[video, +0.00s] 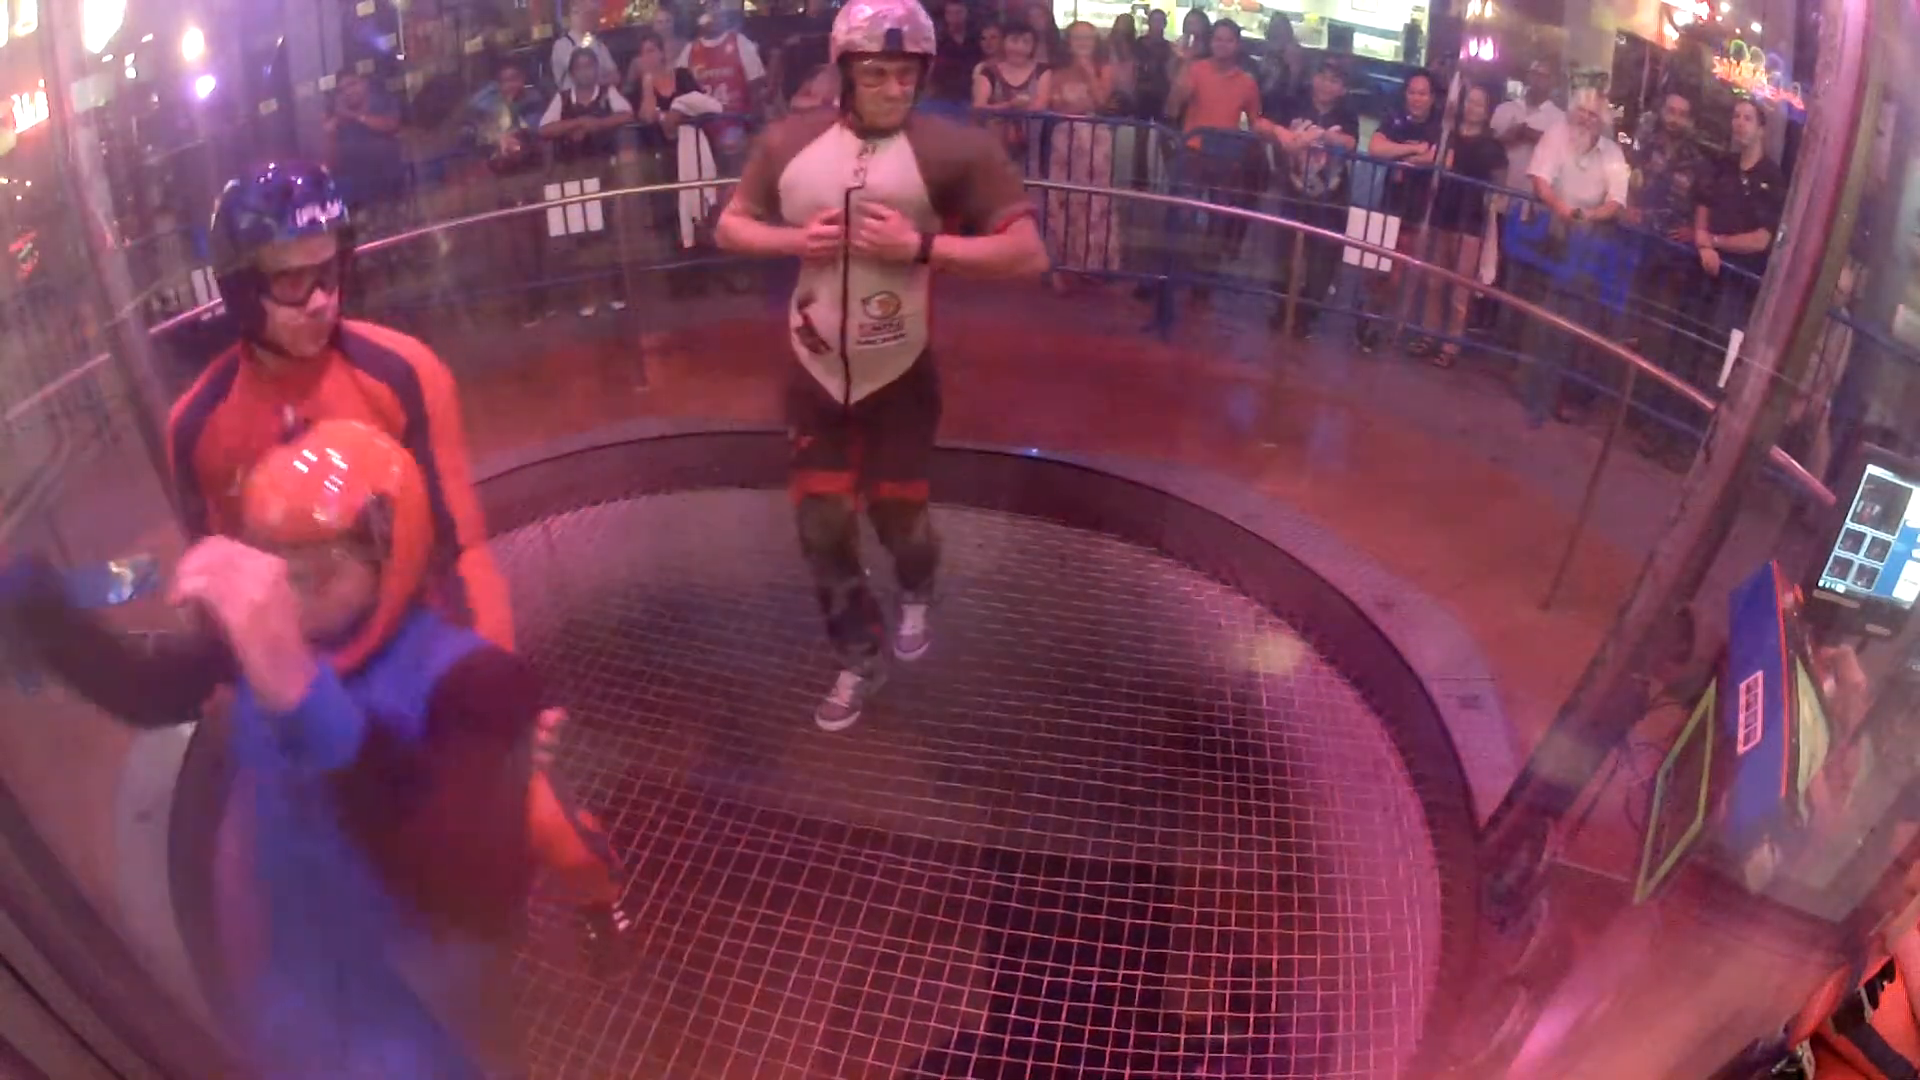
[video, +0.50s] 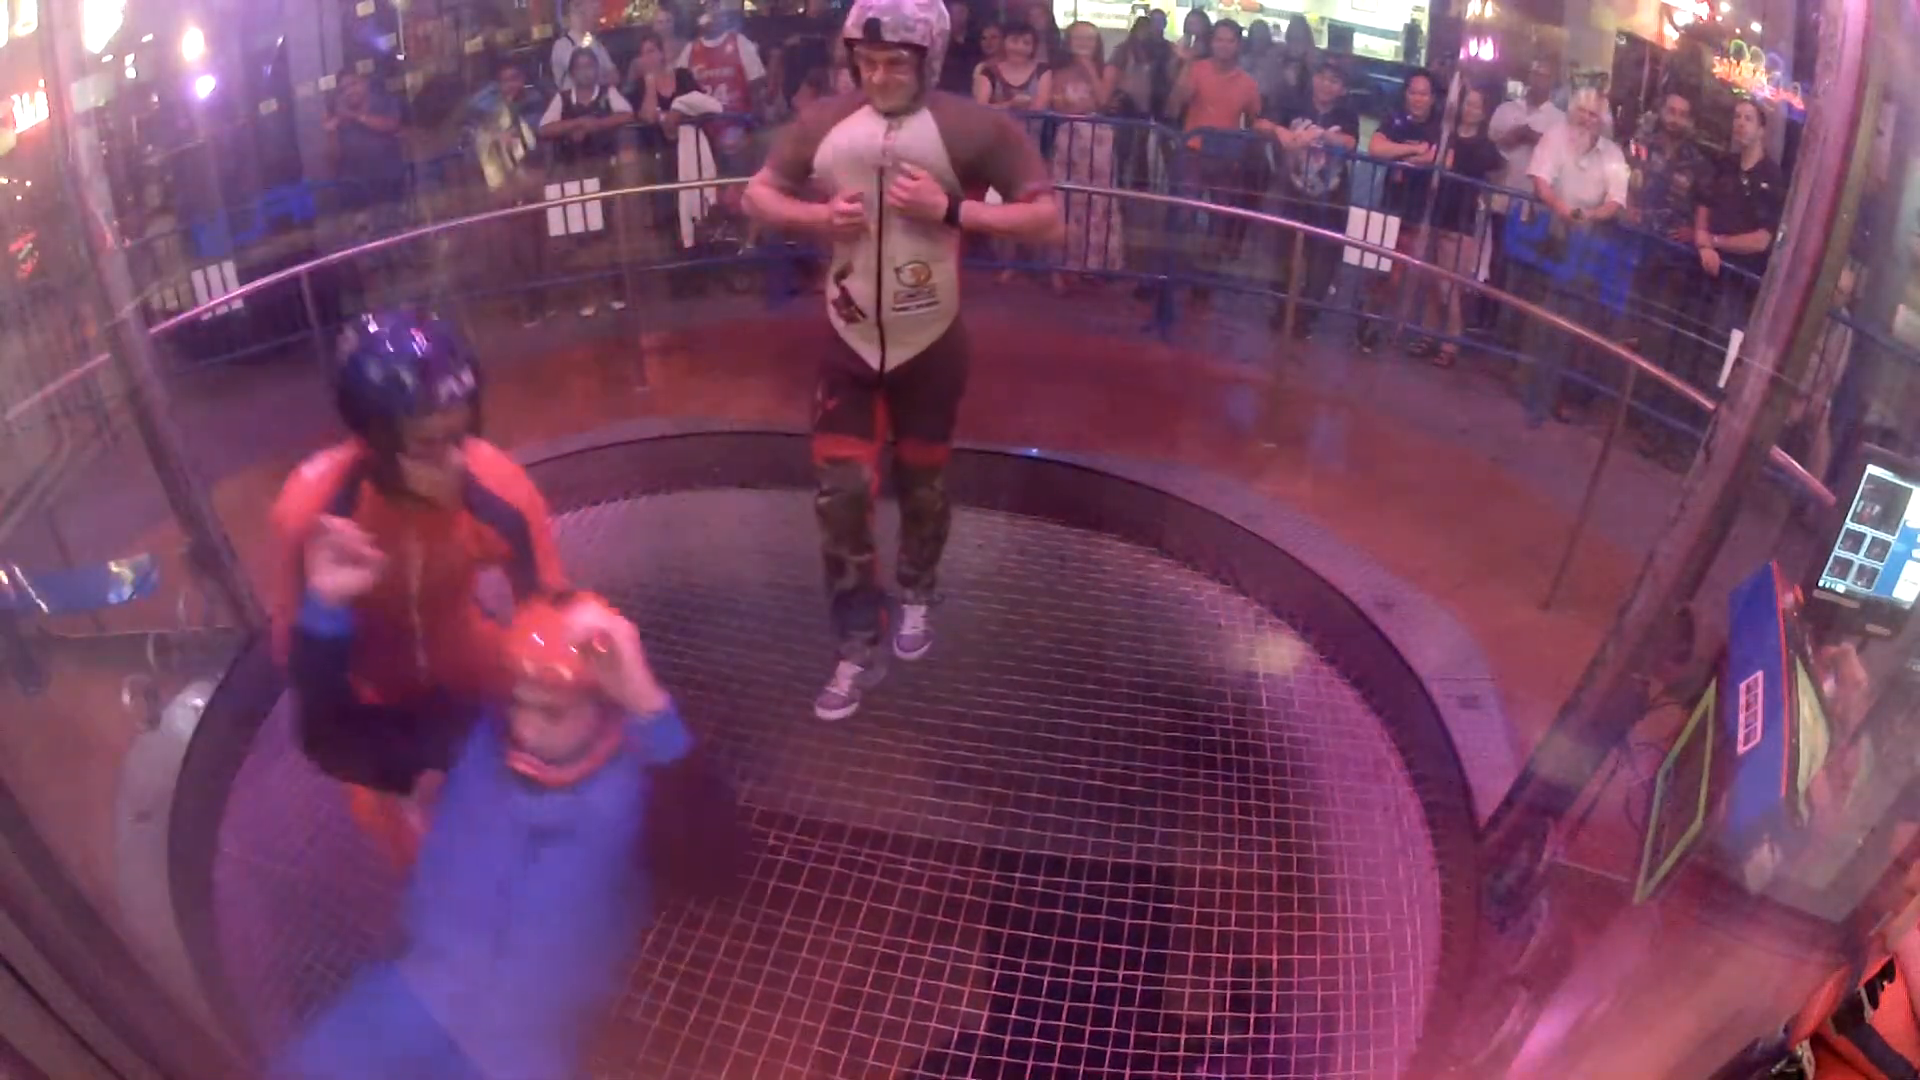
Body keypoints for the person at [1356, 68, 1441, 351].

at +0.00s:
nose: (1417, 99)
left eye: (1423, 93)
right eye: (1412, 93)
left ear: (1433, 98)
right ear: (1405, 95)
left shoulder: (1439, 129)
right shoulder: (1394, 121)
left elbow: (1441, 160)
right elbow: (1375, 148)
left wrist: (1406, 158)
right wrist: (1416, 148)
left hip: (1420, 214)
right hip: (1389, 209)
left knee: (1405, 276)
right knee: (1379, 271)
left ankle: (1394, 326)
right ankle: (1369, 319)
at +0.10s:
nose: (1417, 99)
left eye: (1423, 94)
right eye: (1412, 93)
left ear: (1433, 99)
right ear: (1405, 95)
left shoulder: (1438, 129)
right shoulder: (1394, 121)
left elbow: (1439, 159)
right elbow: (1376, 148)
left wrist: (1403, 157)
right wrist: (1416, 148)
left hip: (1419, 214)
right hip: (1389, 209)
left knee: (1402, 276)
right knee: (1377, 270)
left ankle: (1390, 325)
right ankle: (1369, 319)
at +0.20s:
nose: (1417, 99)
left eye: (1423, 94)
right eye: (1413, 93)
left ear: (1433, 99)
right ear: (1405, 96)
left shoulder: (1438, 129)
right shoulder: (1395, 121)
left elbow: (1439, 159)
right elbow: (1376, 148)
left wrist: (1403, 157)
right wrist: (1416, 148)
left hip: (1420, 214)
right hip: (1389, 209)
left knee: (1403, 276)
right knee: (1378, 270)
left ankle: (1392, 326)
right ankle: (1369, 319)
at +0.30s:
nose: (1417, 99)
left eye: (1423, 94)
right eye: (1412, 93)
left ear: (1433, 99)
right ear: (1405, 96)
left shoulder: (1438, 129)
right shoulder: (1395, 121)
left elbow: (1441, 160)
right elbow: (1376, 148)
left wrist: (1404, 157)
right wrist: (1416, 149)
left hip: (1421, 214)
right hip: (1390, 209)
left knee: (1404, 276)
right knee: (1378, 270)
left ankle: (1392, 326)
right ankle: (1369, 319)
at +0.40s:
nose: (1418, 99)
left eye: (1424, 94)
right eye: (1413, 93)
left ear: (1433, 99)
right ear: (1405, 96)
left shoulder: (1439, 129)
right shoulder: (1395, 121)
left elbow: (1442, 160)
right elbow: (1375, 148)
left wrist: (1405, 158)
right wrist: (1417, 149)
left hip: (1422, 215)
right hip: (1390, 211)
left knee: (1408, 277)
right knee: (1381, 273)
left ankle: (1396, 327)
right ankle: (1369, 321)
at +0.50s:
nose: (1418, 99)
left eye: (1424, 94)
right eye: (1413, 93)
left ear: (1433, 99)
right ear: (1405, 95)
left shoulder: (1438, 129)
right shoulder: (1395, 121)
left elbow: (1440, 159)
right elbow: (1376, 148)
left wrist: (1404, 158)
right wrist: (1416, 149)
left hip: (1421, 214)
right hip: (1390, 210)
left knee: (1407, 276)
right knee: (1381, 272)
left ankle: (1396, 327)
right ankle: (1369, 321)